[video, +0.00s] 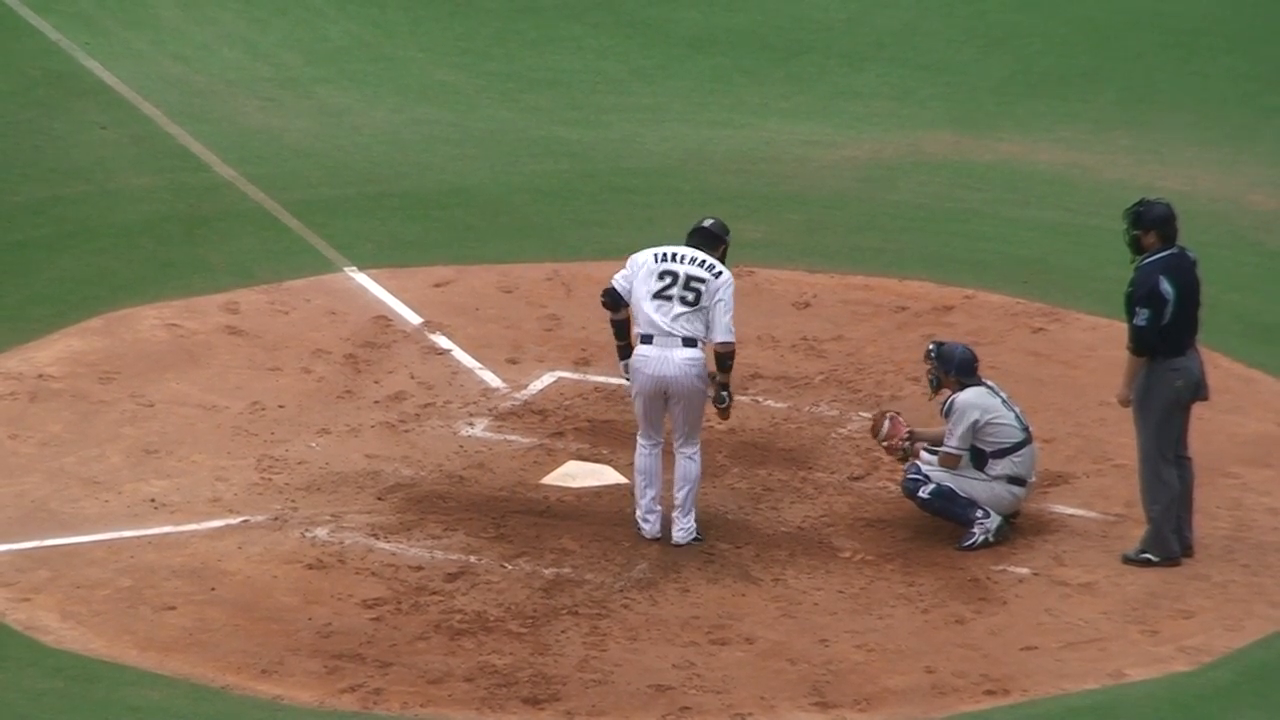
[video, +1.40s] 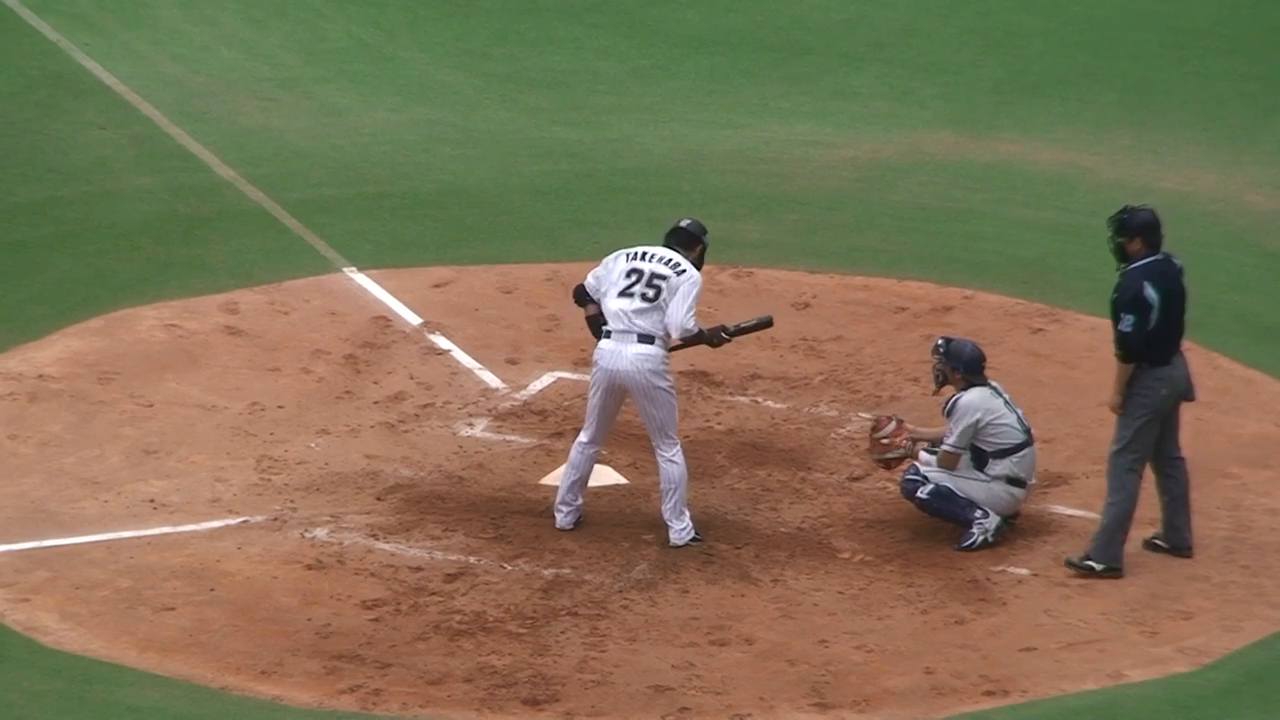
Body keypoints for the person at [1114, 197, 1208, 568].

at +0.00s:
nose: (1133, 236)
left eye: (1137, 231)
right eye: (1134, 229)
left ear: (1150, 236)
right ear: (1166, 233)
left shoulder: (1148, 275)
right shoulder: (1184, 260)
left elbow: (1140, 342)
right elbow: (1187, 323)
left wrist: (1126, 386)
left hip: (1161, 372)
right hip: (1186, 365)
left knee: (1155, 459)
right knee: (1175, 455)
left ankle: (1160, 544)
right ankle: (1178, 536)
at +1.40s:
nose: (1117, 243)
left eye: (1122, 238)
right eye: (1118, 237)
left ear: (1138, 241)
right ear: (1149, 240)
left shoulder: (1134, 282)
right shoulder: (1169, 267)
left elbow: (1128, 346)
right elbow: (1172, 324)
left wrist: (1117, 391)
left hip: (1148, 378)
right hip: (1173, 371)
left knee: (1124, 462)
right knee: (1167, 458)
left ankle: (1105, 555)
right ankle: (1177, 537)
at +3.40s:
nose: (1088, 237)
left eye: (1093, 232)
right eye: (1090, 230)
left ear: (1105, 238)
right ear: (1120, 235)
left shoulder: (1105, 278)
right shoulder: (1139, 263)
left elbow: (1101, 344)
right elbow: (1141, 322)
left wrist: (1088, 387)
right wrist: (1141, 361)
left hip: (1120, 373)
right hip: (1143, 365)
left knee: (1105, 458)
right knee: (1136, 443)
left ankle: (1101, 554)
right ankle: (1145, 512)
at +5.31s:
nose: (1091, 240)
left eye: (1095, 235)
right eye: (1093, 233)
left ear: (1107, 241)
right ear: (1124, 237)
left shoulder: (1105, 280)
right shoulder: (1142, 264)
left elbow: (1102, 347)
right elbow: (1142, 323)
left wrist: (1092, 389)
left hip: (1120, 375)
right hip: (1144, 367)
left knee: (1109, 460)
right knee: (1137, 446)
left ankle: (1105, 555)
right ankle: (1147, 515)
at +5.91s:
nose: (1088, 237)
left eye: (1093, 232)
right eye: (1091, 230)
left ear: (1105, 238)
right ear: (1122, 234)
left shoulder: (1104, 278)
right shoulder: (1140, 262)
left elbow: (1101, 345)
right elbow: (1143, 320)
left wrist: (1090, 387)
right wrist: (1141, 358)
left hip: (1121, 373)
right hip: (1144, 364)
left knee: (1109, 458)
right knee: (1137, 442)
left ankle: (1104, 553)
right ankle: (1147, 512)